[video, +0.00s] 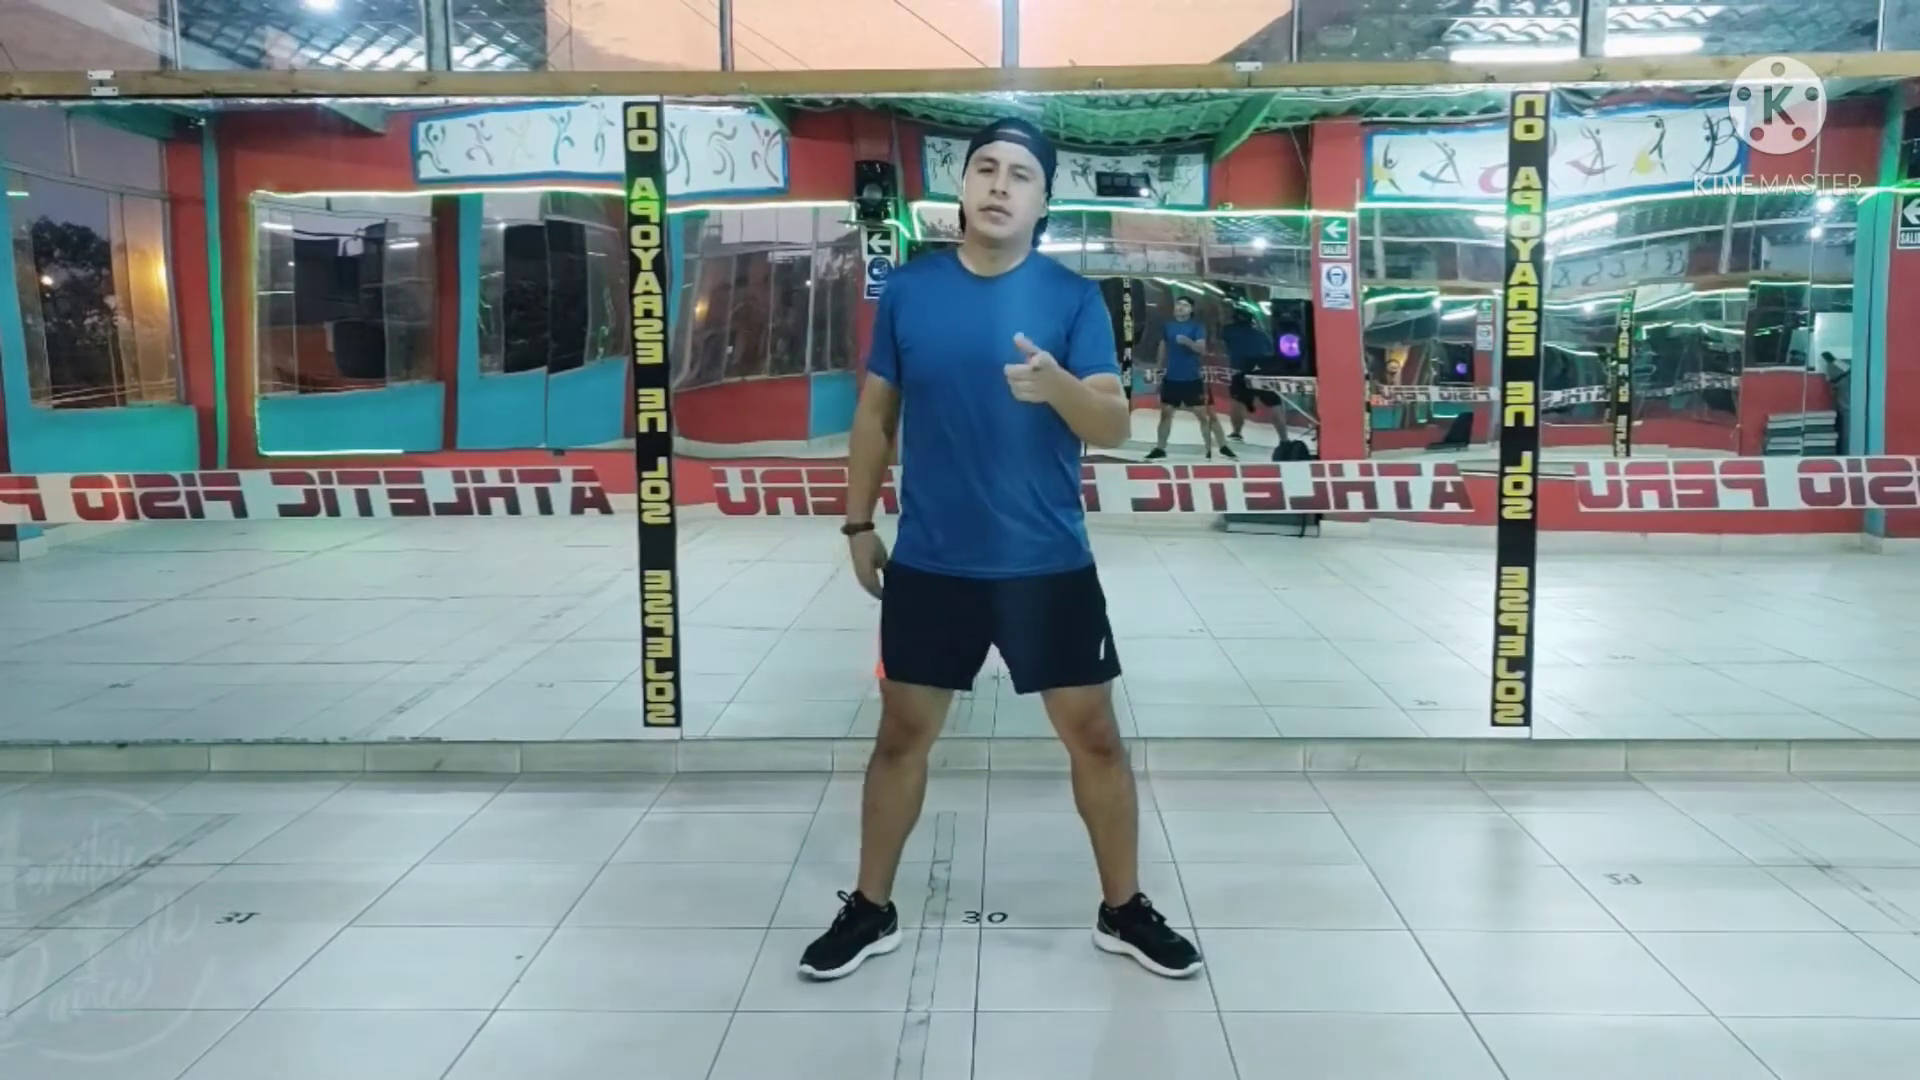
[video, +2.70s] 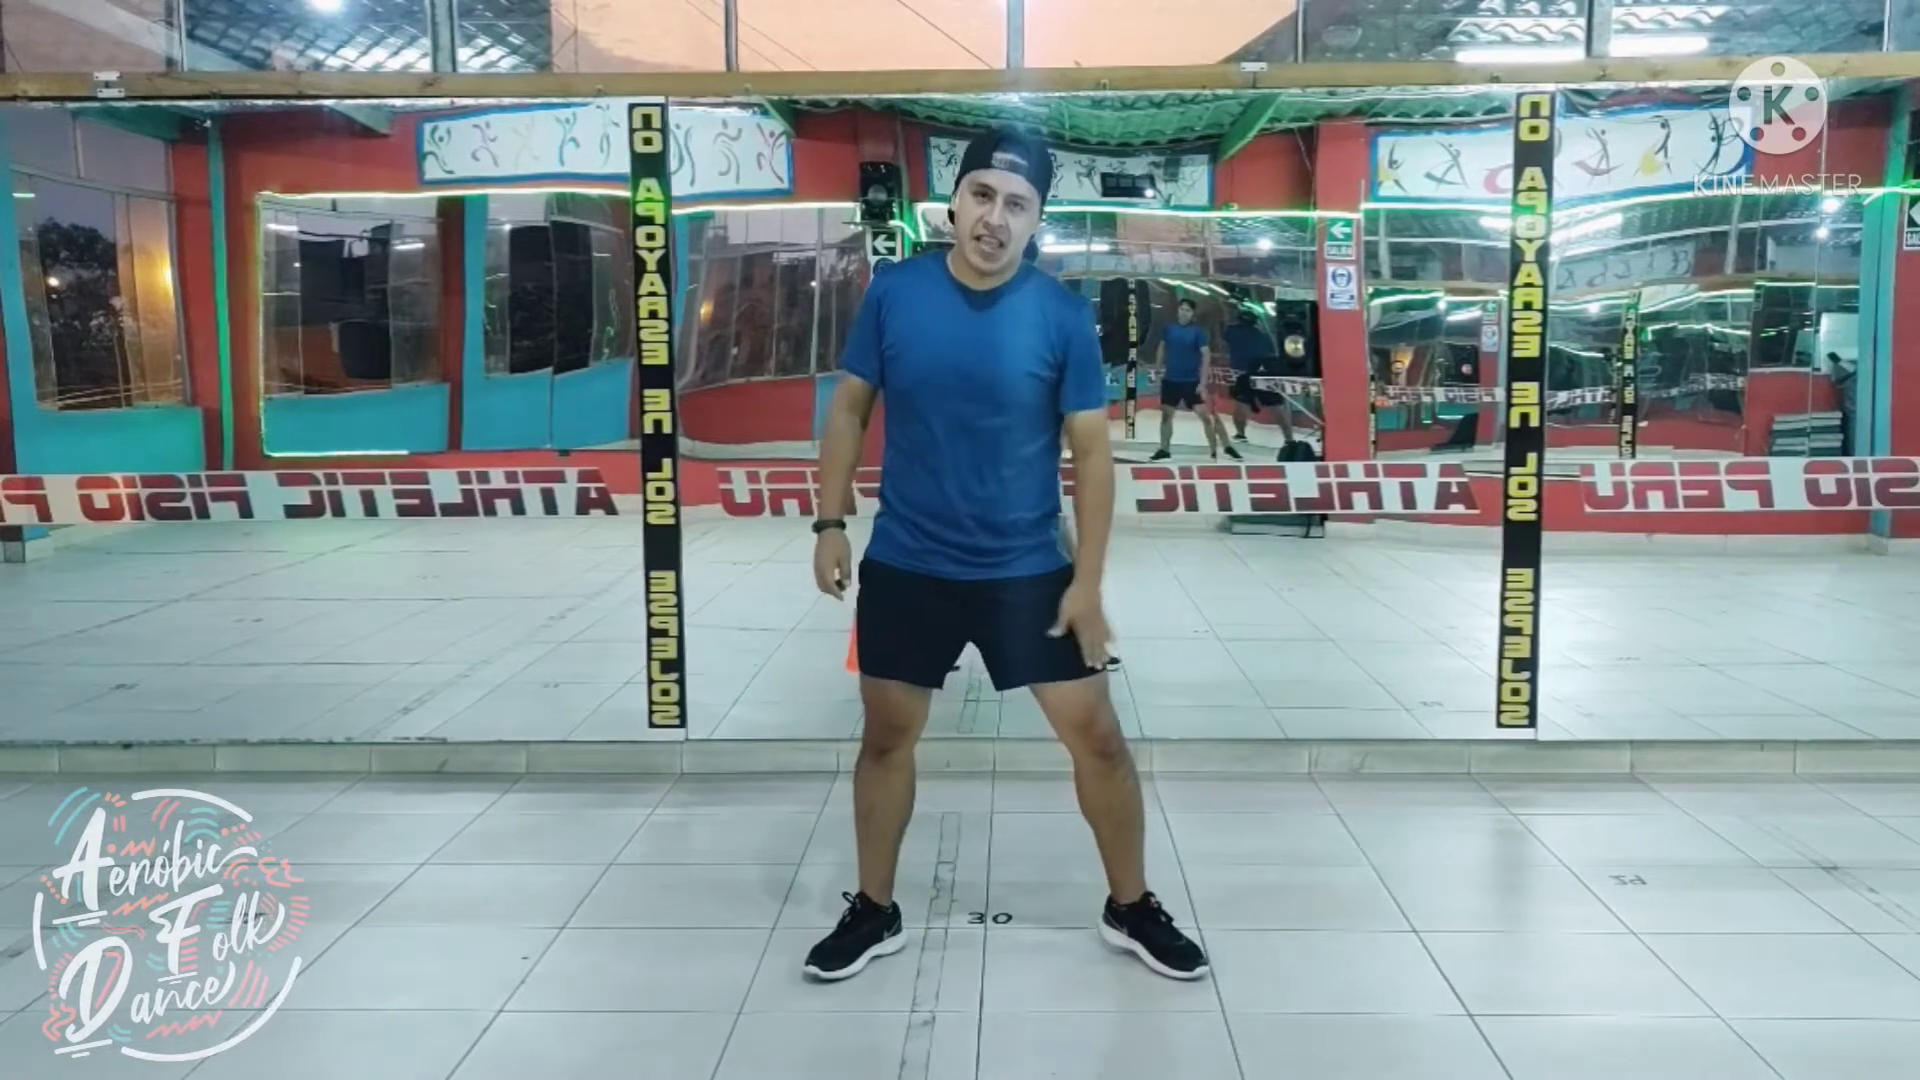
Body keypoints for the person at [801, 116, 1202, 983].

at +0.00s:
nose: (999, 185)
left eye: (1019, 176)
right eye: (986, 170)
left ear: (1044, 204)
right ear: (960, 190)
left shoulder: (1072, 297)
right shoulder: (907, 290)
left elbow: (1111, 428)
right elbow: (874, 413)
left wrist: (1061, 390)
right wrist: (859, 523)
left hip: (1047, 558)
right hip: (933, 555)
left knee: (1094, 733)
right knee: (901, 734)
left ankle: (1124, 905)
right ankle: (871, 904)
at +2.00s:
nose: (1000, 190)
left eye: (1020, 181)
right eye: (986, 174)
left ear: (1042, 206)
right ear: (957, 190)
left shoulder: (1072, 299)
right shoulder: (903, 292)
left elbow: (1113, 435)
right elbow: (867, 411)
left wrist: (1074, 398)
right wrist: (849, 527)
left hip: (1045, 564)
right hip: (929, 560)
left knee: (1096, 742)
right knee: (896, 738)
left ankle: (1126, 906)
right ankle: (873, 905)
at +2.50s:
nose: (997, 207)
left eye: (1017, 195)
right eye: (984, 187)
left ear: (1039, 214)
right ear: (956, 195)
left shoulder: (1066, 304)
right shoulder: (898, 291)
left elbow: (1109, 412)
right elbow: (858, 407)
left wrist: (1123, 509)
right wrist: (842, 526)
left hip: (1033, 563)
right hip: (918, 557)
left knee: (1093, 739)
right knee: (890, 735)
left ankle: (1127, 906)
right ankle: (874, 905)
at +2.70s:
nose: (993, 218)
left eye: (1015, 205)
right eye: (981, 197)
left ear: (1037, 221)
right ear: (954, 201)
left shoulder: (1063, 317)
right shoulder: (894, 293)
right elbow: (850, 402)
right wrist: (831, 518)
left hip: (1025, 566)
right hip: (909, 560)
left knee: (1097, 734)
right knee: (884, 735)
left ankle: (1130, 903)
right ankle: (873, 905)